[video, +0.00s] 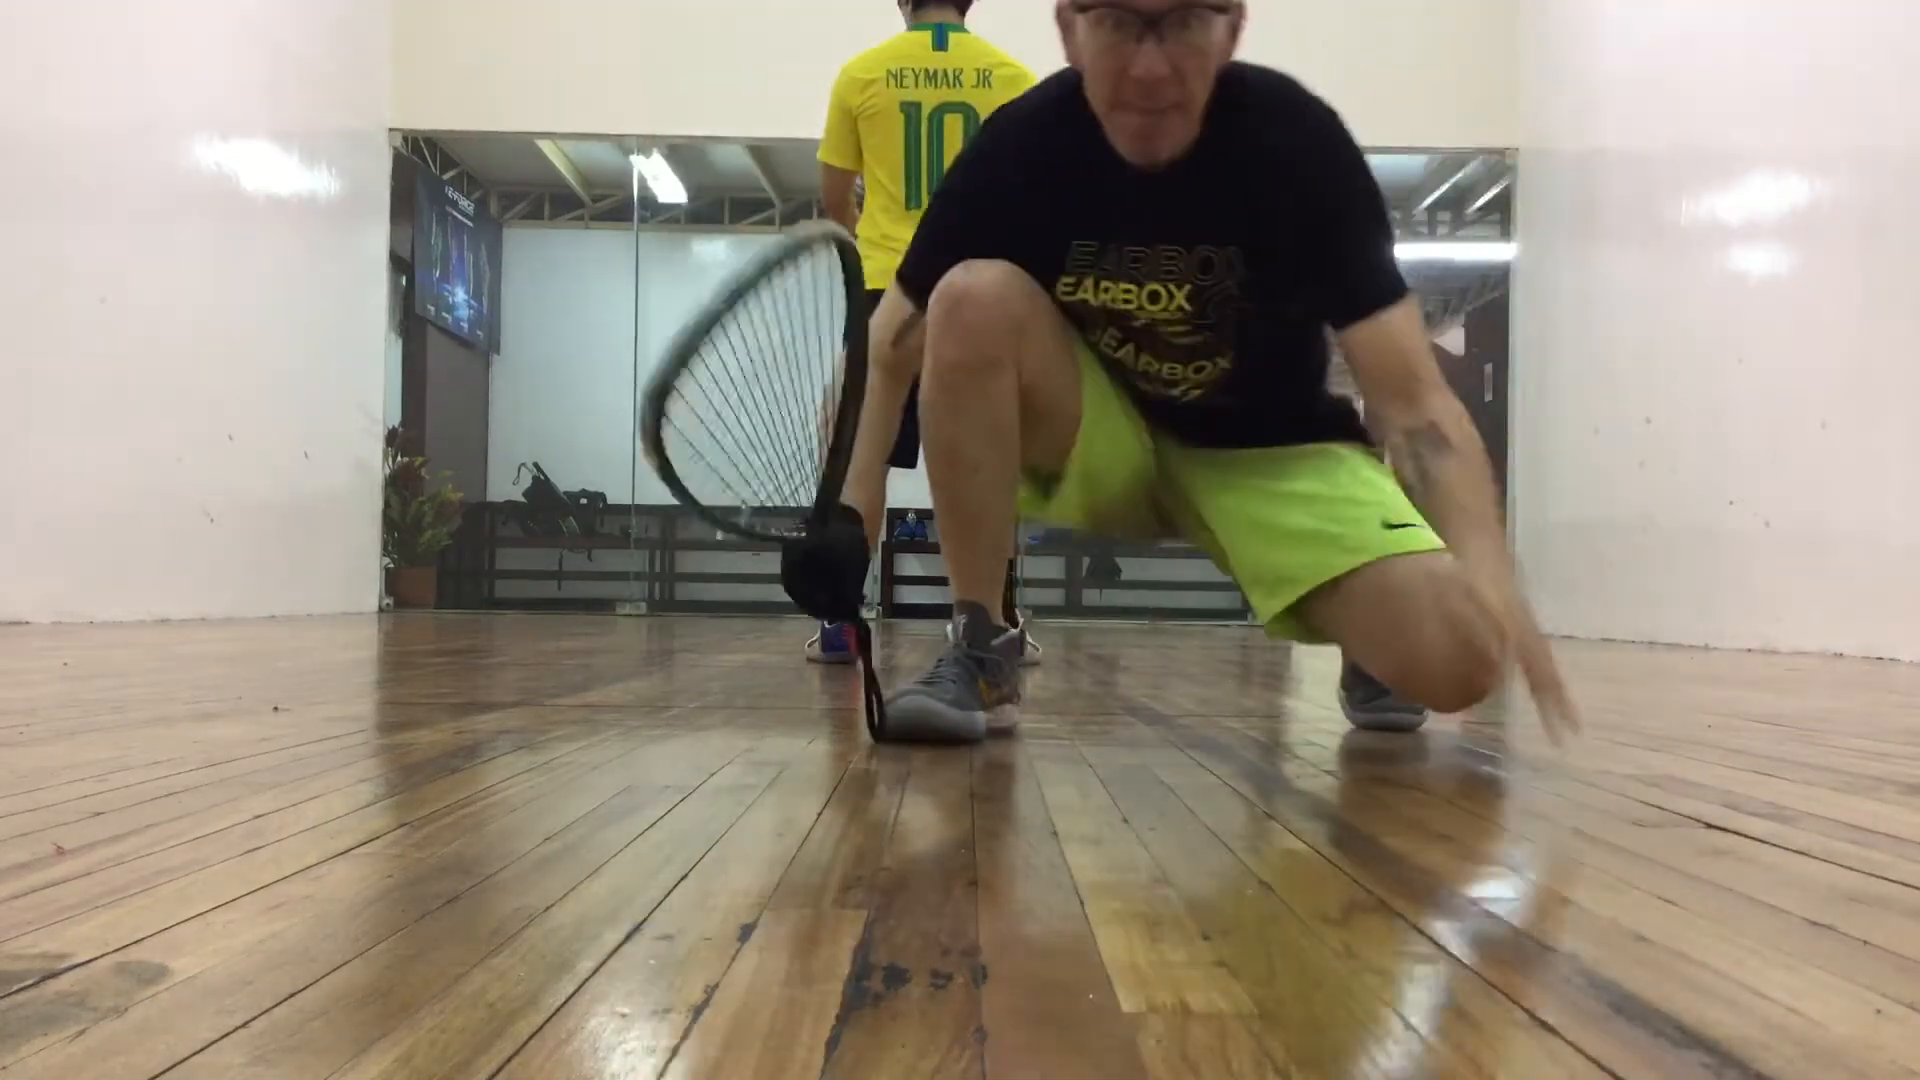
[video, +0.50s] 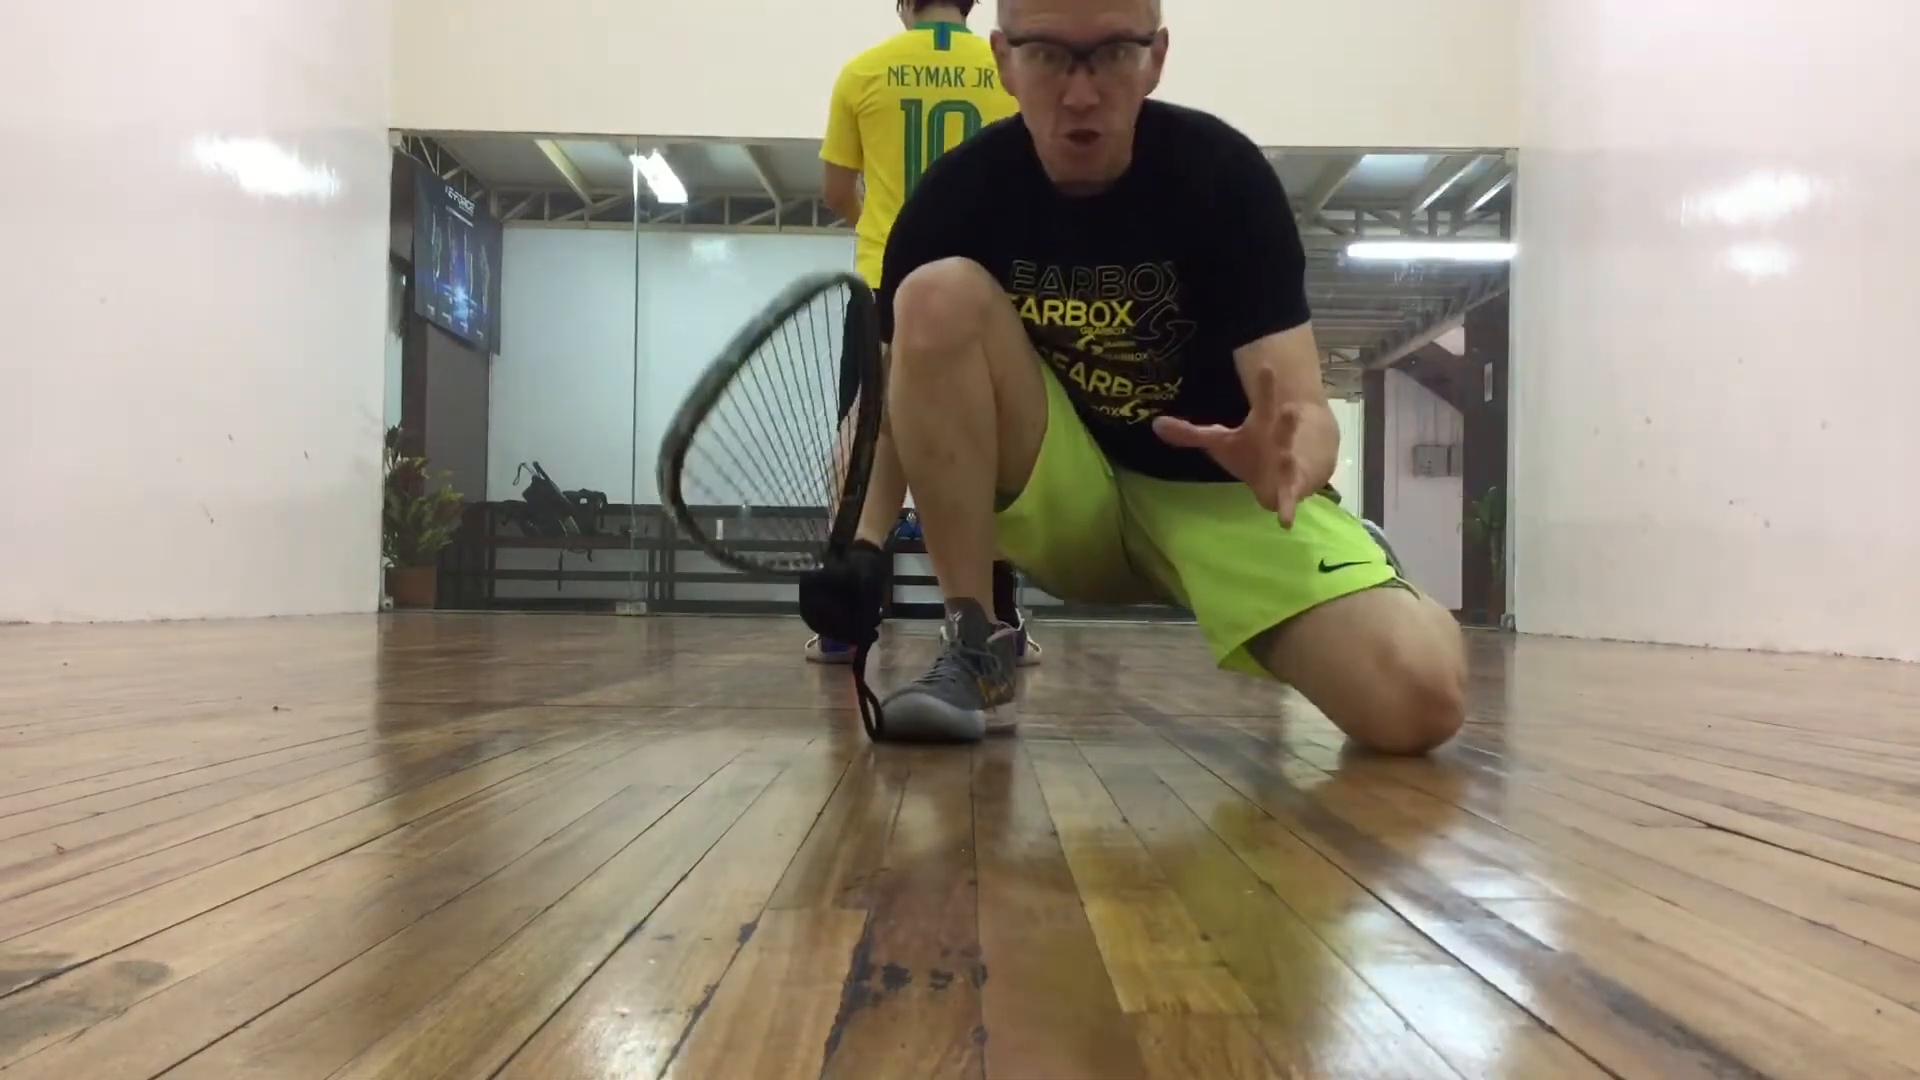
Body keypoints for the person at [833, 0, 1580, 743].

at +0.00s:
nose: (1153, 68)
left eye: (1183, 30)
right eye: (1125, 29)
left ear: (1231, 28)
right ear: (1070, 26)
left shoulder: (1296, 141)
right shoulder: (1018, 148)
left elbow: (1416, 404)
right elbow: (898, 336)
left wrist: (1502, 597)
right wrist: (858, 514)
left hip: (1273, 457)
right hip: (1103, 436)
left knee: (1454, 669)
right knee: (973, 300)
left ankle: (1367, 630)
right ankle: (980, 645)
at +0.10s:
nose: (1128, 67)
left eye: (1161, 29)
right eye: (1099, 30)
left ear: (1208, 32)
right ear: (1049, 36)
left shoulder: (1267, 140)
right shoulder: (998, 155)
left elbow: (1365, 386)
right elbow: (891, 368)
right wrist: (853, 534)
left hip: (1252, 465)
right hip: (1085, 452)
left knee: (1443, 674)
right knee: (962, 298)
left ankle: (1369, 654)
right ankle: (977, 642)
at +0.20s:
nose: (1111, 76)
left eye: (1143, 39)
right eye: (1081, 39)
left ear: (1192, 36)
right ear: (1032, 38)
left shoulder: (1249, 146)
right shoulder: (984, 163)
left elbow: (1335, 385)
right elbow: (894, 373)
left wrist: (1332, 428)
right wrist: (862, 540)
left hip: (1246, 480)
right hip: (1079, 470)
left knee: (1430, 679)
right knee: (958, 297)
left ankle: (1369, 661)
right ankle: (974, 646)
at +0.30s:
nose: (1095, 87)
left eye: (1127, 48)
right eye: (1064, 48)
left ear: (1171, 53)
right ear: (1018, 53)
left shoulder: (1235, 157)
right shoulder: (966, 181)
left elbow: (1326, 400)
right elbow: (904, 384)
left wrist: (1300, 435)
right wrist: (867, 541)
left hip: (1242, 490)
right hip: (1075, 478)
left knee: (1419, 702)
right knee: (947, 297)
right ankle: (976, 642)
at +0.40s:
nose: (1082, 91)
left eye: (1114, 54)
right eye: (1049, 55)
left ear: (1158, 58)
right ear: (1005, 62)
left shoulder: (1226, 167)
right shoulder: (960, 192)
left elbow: (1311, 402)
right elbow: (911, 391)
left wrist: (1286, 458)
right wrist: (867, 542)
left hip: (1231, 501)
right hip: (1068, 490)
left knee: (1417, 710)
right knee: (942, 295)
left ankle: (1355, 555)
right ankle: (975, 643)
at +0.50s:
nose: (1081, 91)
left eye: (1111, 54)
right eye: (1049, 54)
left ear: (1156, 57)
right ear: (1004, 58)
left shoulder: (1220, 173)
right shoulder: (954, 193)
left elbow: (1297, 398)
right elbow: (901, 392)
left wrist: (1283, 469)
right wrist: (861, 554)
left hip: (1224, 503)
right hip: (1060, 493)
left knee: (1419, 710)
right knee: (938, 297)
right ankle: (972, 642)